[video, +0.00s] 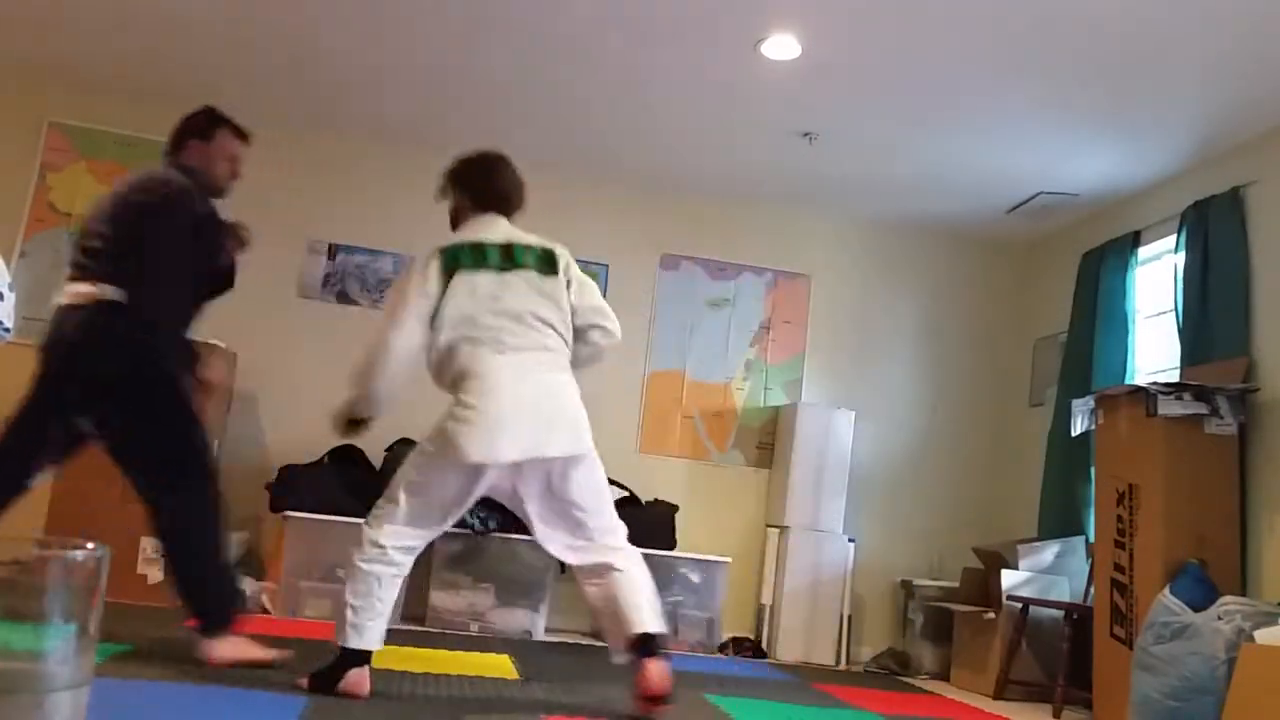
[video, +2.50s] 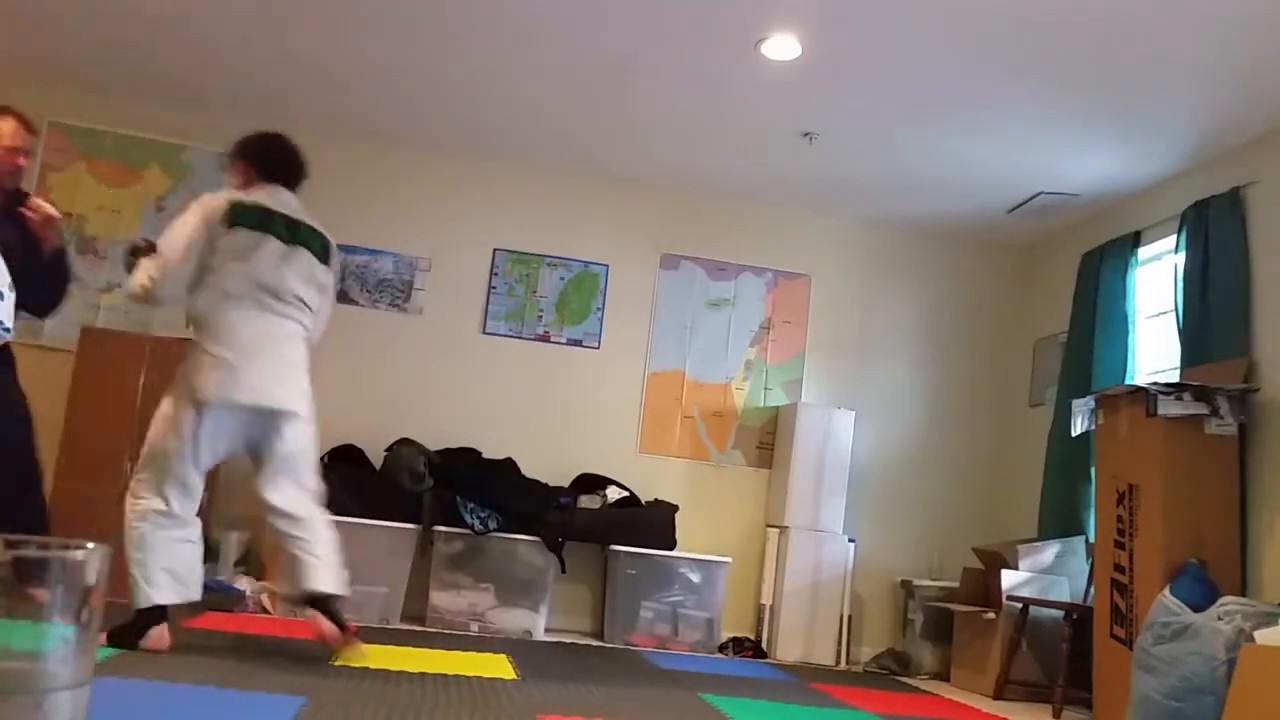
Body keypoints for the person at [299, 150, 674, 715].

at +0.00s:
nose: (448, 210)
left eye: (450, 201)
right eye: (449, 202)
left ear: (459, 203)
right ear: (515, 203)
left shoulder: (439, 261)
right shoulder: (557, 258)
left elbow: (398, 345)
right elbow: (603, 330)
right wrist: (550, 366)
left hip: (480, 421)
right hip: (560, 424)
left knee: (391, 532)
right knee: (603, 541)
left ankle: (353, 659)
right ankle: (649, 643)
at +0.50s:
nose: (425, 178)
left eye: (429, 169)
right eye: (428, 168)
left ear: (441, 171)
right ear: (489, 180)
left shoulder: (408, 215)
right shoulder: (515, 252)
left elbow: (330, 287)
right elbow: (514, 348)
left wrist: (316, 257)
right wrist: (458, 341)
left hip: (379, 396)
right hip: (459, 410)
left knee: (303, 520)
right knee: (489, 537)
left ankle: (260, 656)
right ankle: (534, 670)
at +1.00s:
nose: (250, 166)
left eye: (258, 157)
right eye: (254, 155)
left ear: (277, 167)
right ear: (307, 177)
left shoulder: (282, 212)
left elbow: (233, 277)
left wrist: (196, 245)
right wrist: (122, 271)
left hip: (236, 388)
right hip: (282, 397)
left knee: (123, 499)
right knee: (258, 529)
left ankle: (136, 633)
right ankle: (354, 626)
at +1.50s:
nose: (156, 153)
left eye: (160, 145)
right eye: (161, 144)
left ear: (169, 153)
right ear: (219, 168)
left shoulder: (132, 198)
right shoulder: (237, 238)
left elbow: (42, 232)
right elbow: (242, 328)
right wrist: (193, 354)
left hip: (128, 373)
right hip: (204, 388)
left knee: (17, 471)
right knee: (211, 508)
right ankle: (248, 629)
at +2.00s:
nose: (102, 151)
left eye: (107, 144)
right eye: (106, 142)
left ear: (117, 150)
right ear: (167, 164)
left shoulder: (72, 182)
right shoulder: (190, 226)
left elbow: (8, 237)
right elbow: (176, 314)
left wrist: (32, 281)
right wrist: (128, 314)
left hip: (50, 347)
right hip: (129, 366)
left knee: (0, 460)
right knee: (143, 485)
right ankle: (164, 592)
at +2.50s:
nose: (230, 180)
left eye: (232, 172)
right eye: (232, 172)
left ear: (244, 172)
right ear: (296, 181)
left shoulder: (217, 208)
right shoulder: (323, 244)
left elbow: (162, 283)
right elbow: (313, 328)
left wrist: (140, 271)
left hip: (218, 375)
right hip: (289, 386)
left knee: (160, 491)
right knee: (296, 496)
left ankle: (152, 615)